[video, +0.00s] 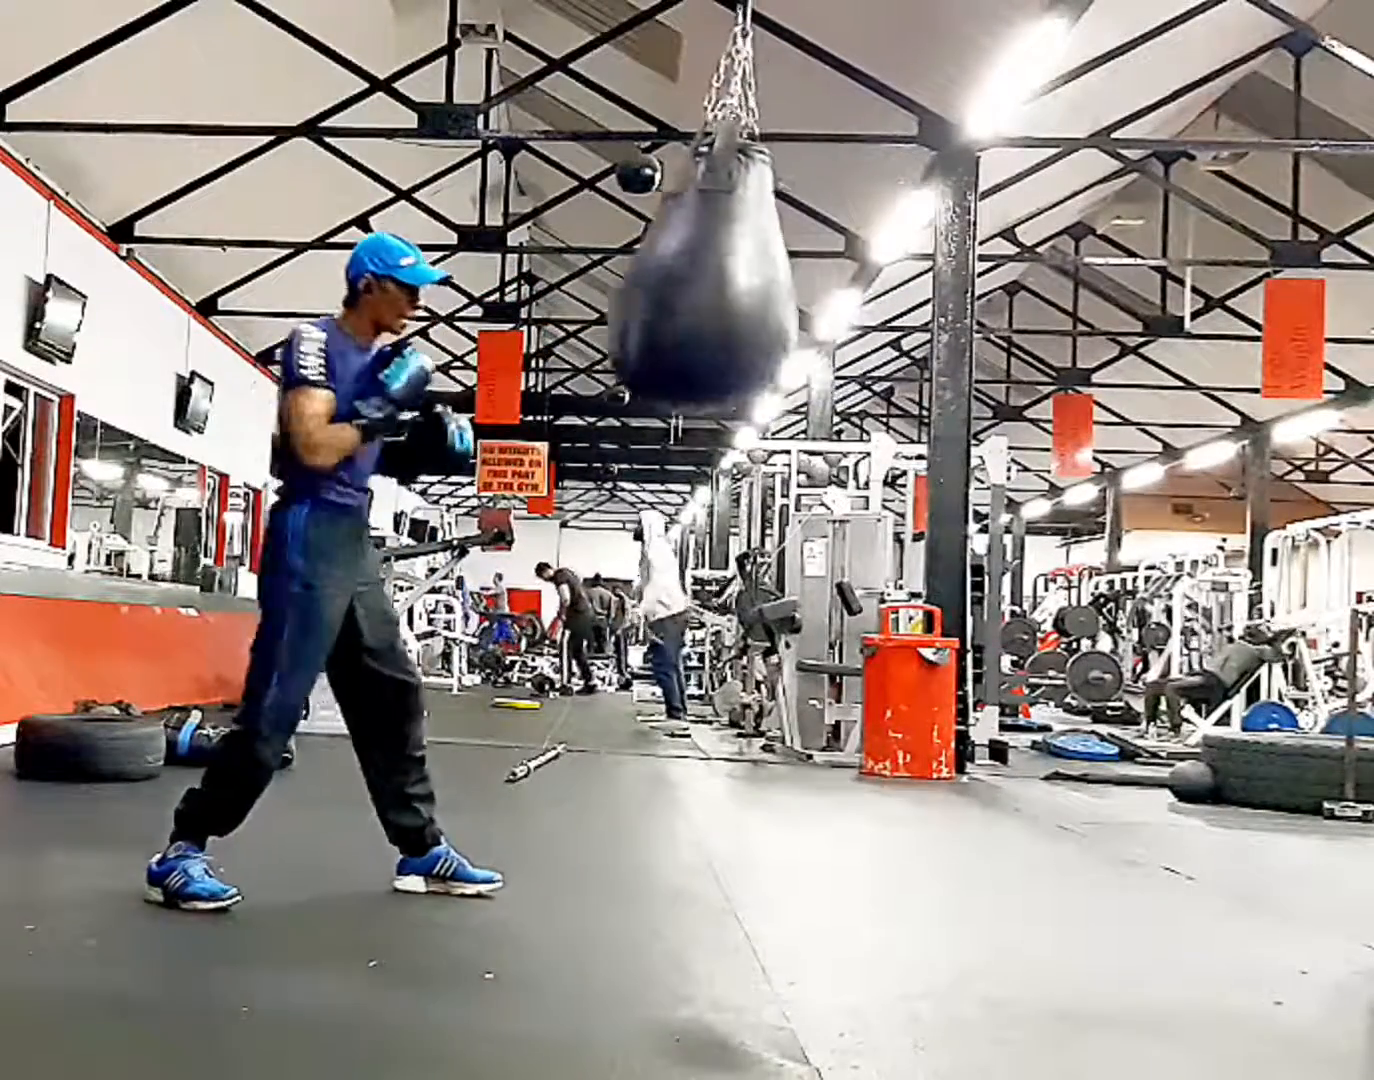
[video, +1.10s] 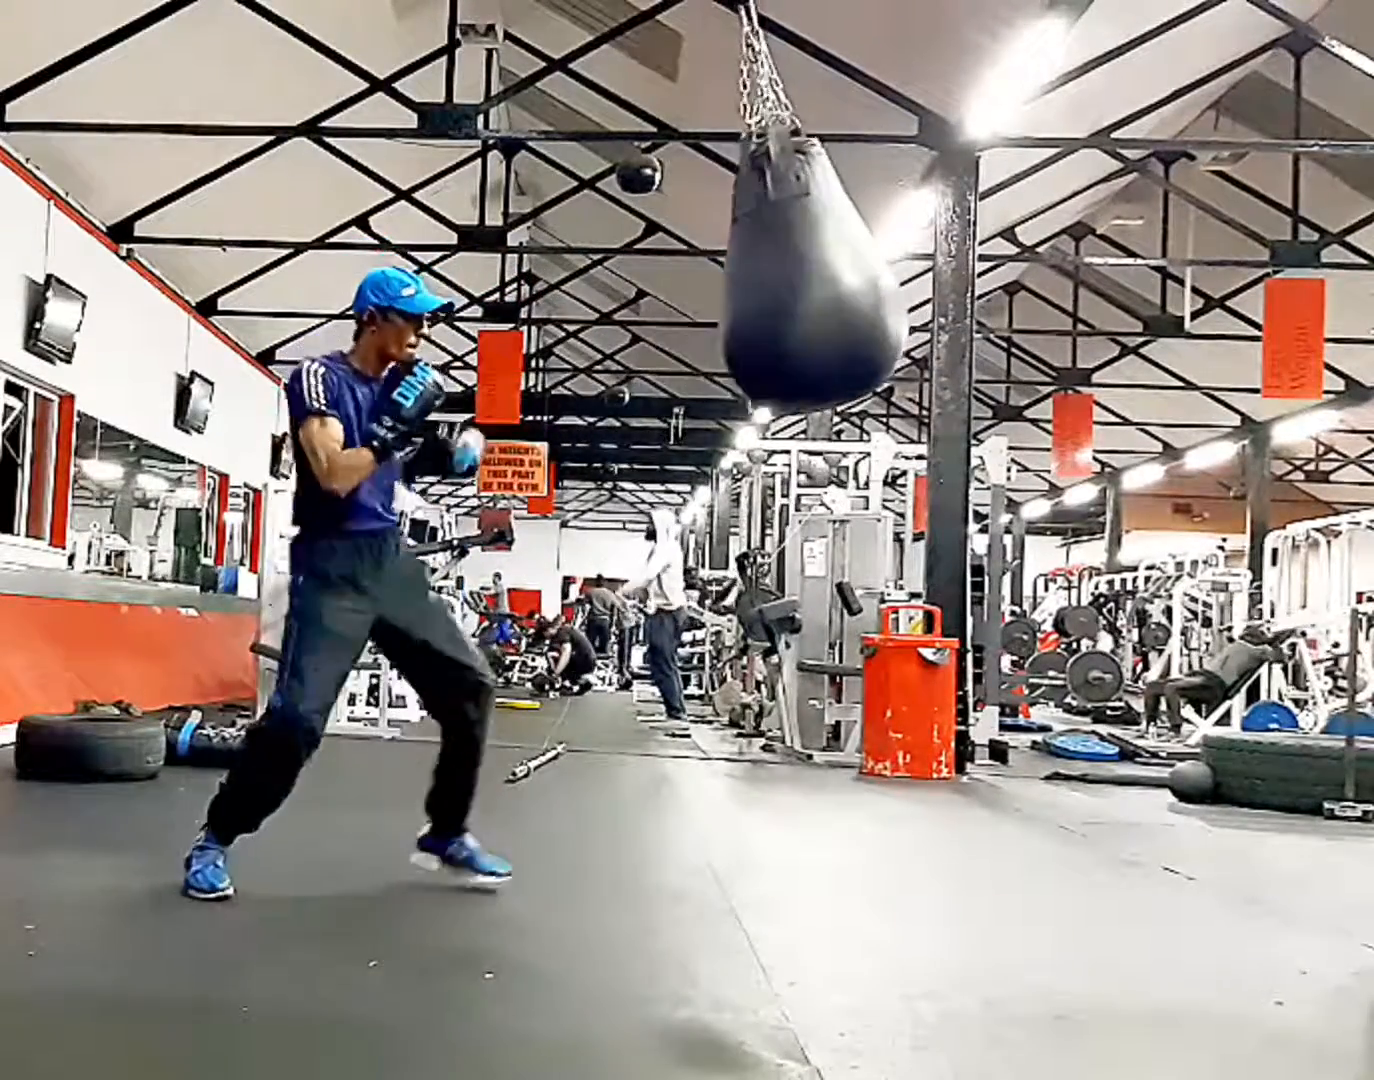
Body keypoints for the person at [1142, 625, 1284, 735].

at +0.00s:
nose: (1248, 634)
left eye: (1253, 632)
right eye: (1248, 630)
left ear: (1259, 637)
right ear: (1246, 633)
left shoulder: (1259, 651)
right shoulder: (1235, 645)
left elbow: (1279, 656)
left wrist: (1274, 642)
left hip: (1218, 682)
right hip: (1204, 674)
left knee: (1172, 688)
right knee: (1152, 688)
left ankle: (1175, 731)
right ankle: (1147, 727)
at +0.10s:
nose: (1253, 629)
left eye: (1258, 628)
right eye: (1254, 626)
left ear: (1261, 635)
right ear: (1247, 630)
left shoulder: (1259, 650)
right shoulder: (1234, 644)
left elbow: (1276, 652)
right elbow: (1217, 657)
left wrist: (1274, 638)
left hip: (1218, 682)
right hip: (1204, 674)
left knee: (1172, 688)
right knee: (1152, 688)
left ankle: (1175, 732)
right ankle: (1147, 729)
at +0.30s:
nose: (1252, 629)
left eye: (1258, 628)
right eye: (1252, 627)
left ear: (1260, 636)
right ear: (1248, 631)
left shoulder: (1258, 651)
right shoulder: (1234, 643)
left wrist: (1270, 617)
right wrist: (1226, 618)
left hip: (1218, 684)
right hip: (1203, 677)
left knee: (1172, 688)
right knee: (1152, 687)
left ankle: (1175, 731)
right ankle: (1147, 728)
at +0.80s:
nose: (1251, 630)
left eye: (1256, 630)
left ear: (1258, 636)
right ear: (1248, 633)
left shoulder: (1256, 649)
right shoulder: (1232, 643)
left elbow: (1271, 648)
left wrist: (1282, 634)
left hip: (1218, 683)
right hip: (1202, 677)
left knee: (1172, 688)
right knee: (1152, 688)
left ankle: (1175, 731)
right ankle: (1148, 727)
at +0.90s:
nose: (1256, 634)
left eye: (1258, 633)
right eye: (1256, 632)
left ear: (1258, 638)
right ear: (1251, 635)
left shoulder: (1260, 650)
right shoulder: (1235, 644)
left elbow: (1279, 659)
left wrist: (1276, 642)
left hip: (1217, 682)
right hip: (1201, 674)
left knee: (1172, 688)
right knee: (1152, 687)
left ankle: (1175, 731)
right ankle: (1148, 727)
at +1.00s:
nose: (1260, 637)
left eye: (1258, 635)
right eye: (1259, 635)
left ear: (1252, 637)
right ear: (1255, 639)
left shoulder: (1257, 651)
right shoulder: (1235, 645)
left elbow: (1279, 658)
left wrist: (1274, 643)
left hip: (1216, 682)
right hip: (1202, 674)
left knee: (1171, 688)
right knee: (1152, 687)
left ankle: (1175, 731)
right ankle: (1147, 727)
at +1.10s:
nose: (1247, 634)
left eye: (1252, 633)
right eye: (1250, 632)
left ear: (1256, 638)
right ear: (1249, 636)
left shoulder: (1258, 651)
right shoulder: (1235, 645)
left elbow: (1280, 658)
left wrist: (1272, 643)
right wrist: (1272, 640)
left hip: (1216, 682)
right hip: (1202, 674)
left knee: (1171, 688)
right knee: (1151, 688)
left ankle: (1175, 732)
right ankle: (1147, 728)